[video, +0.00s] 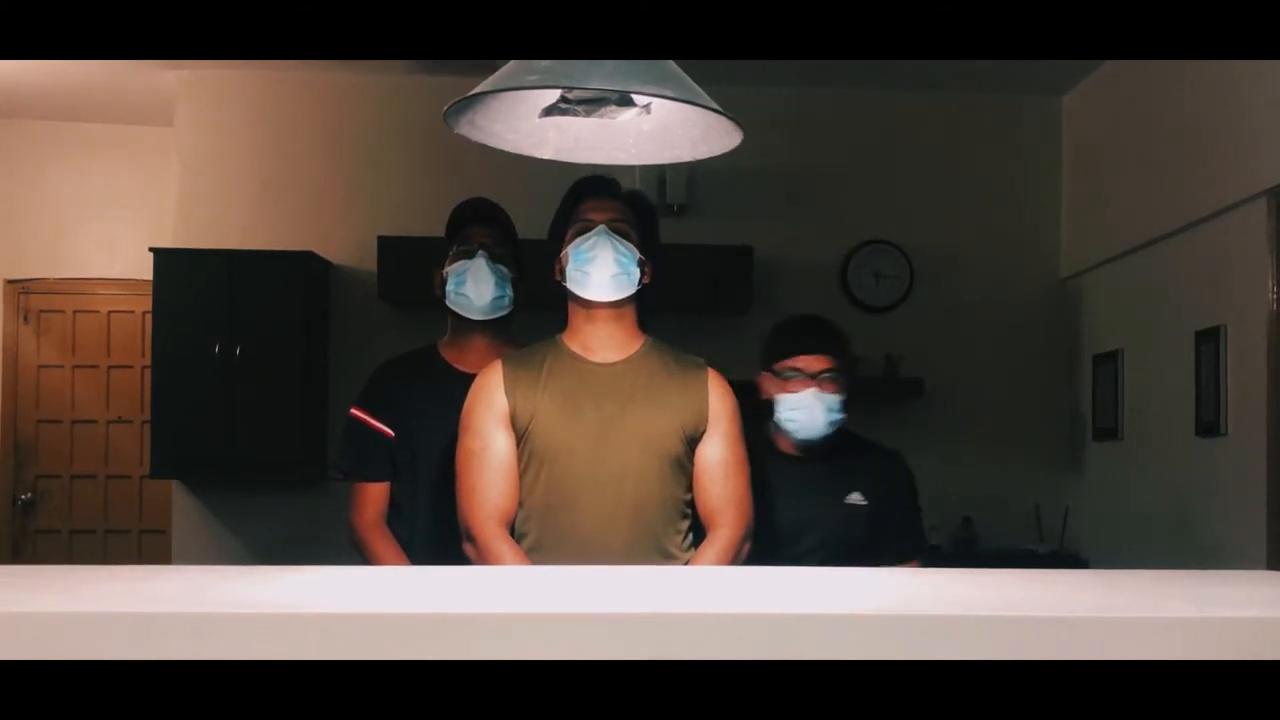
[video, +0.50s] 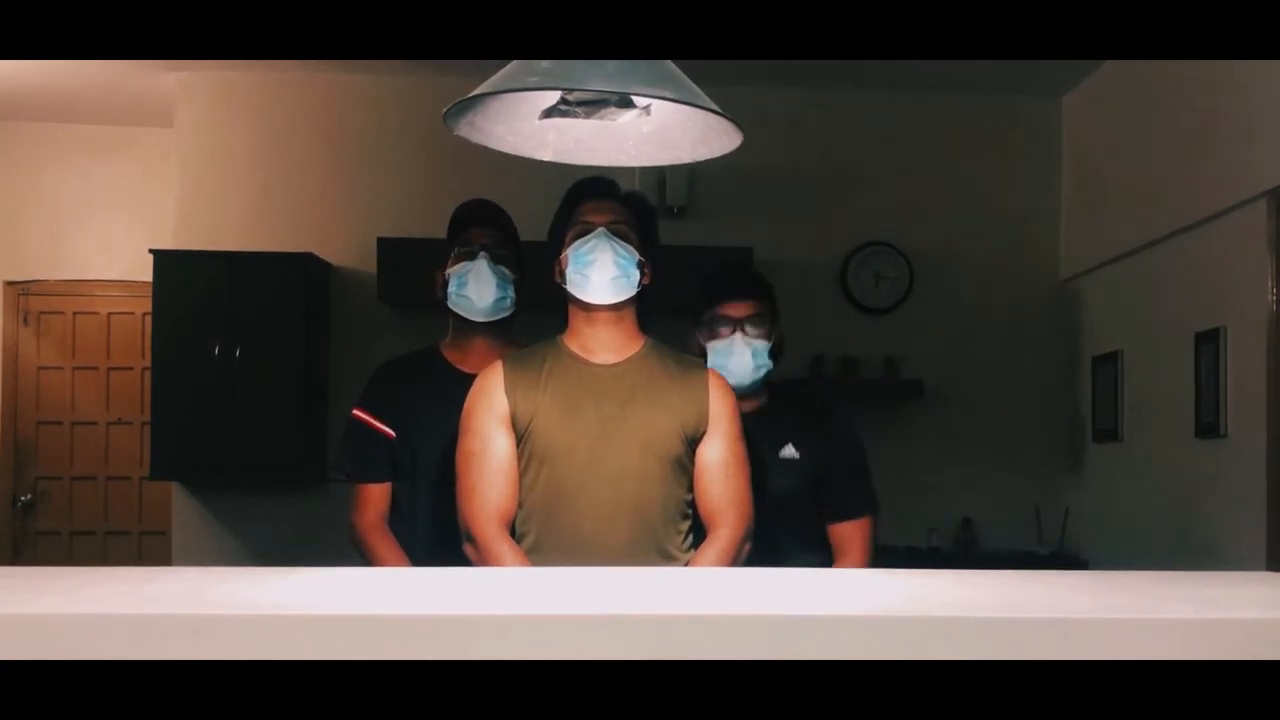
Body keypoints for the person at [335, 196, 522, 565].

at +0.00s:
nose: (481, 265)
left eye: (497, 255)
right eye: (466, 252)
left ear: (515, 273)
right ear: (441, 274)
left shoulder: (540, 381)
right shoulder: (396, 382)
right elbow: (367, 521)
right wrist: (420, 599)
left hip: (517, 595)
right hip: (425, 593)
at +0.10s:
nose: (481, 265)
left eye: (497, 255)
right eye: (466, 252)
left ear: (515, 274)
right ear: (441, 274)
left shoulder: (540, 382)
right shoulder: (396, 382)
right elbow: (367, 521)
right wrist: (419, 600)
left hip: (517, 595)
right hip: (425, 593)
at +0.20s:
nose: (481, 264)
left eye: (497, 254)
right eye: (466, 253)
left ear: (515, 273)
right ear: (442, 274)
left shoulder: (540, 381)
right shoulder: (396, 381)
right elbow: (368, 521)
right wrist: (420, 599)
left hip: (518, 595)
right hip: (426, 593)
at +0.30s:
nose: (482, 264)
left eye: (498, 255)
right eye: (467, 253)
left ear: (516, 273)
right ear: (443, 275)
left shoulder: (541, 382)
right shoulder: (397, 381)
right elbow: (368, 521)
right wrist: (420, 599)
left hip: (518, 595)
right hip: (427, 593)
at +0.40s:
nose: (482, 264)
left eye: (498, 255)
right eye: (468, 253)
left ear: (516, 274)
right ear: (442, 275)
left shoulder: (541, 382)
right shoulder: (397, 381)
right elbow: (368, 520)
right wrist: (420, 599)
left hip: (520, 596)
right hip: (427, 594)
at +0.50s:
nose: (482, 266)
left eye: (498, 256)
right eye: (467, 254)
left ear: (517, 275)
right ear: (442, 277)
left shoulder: (542, 383)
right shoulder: (397, 383)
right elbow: (369, 522)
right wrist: (420, 602)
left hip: (519, 597)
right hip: (427, 596)